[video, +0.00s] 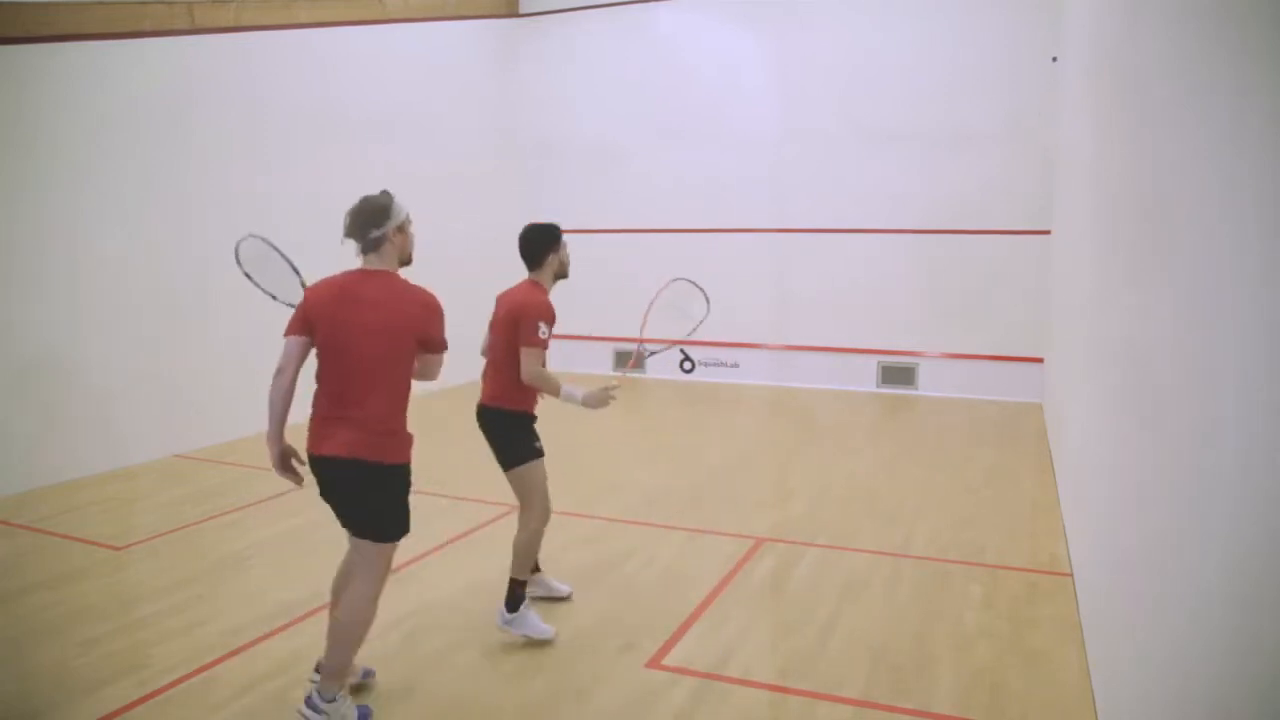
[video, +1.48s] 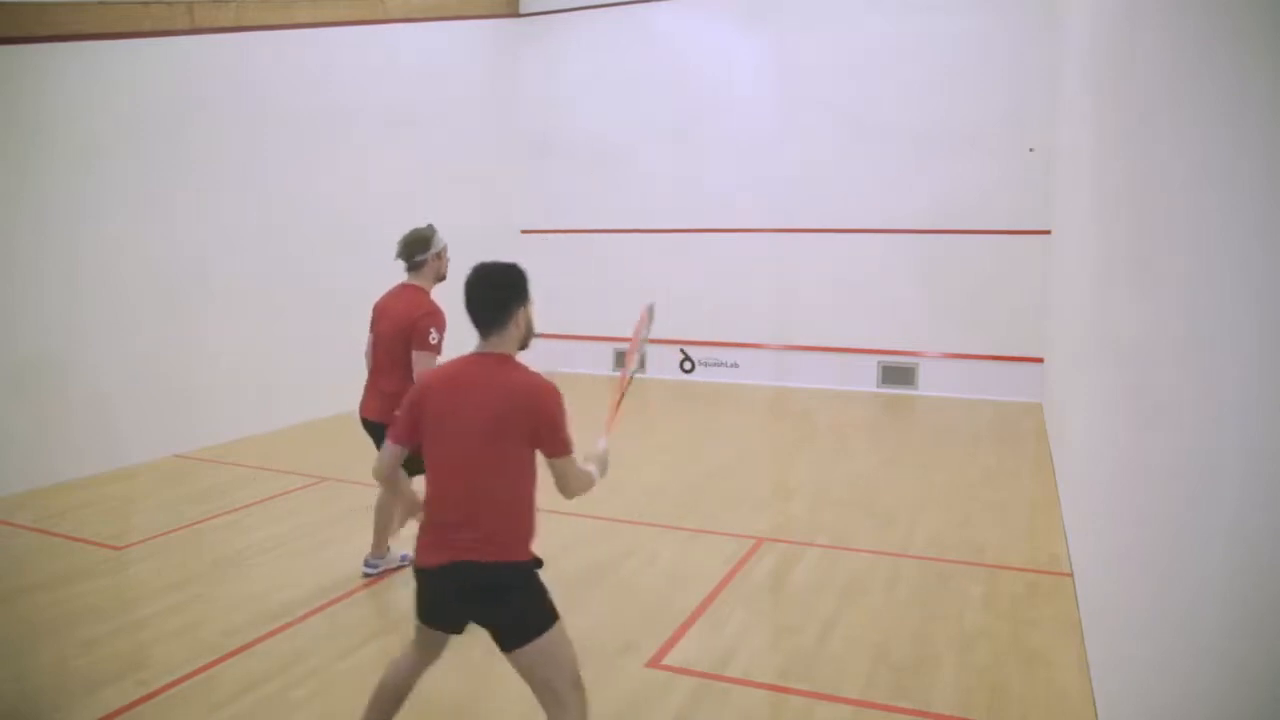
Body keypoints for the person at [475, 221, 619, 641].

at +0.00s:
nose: (568, 256)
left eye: (565, 249)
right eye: (564, 250)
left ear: (532, 258)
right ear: (553, 256)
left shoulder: (510, 297)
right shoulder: (535, 304)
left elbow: (488, 351)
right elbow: (531, 372)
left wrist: (528, 376)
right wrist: (579, 397)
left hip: (502, 411)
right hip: (508, 415)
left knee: (535, 503)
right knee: (536, 509)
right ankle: (512, 609)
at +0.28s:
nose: (602, 276)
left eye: (599, 268)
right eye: (597, 268)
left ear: (572, 275)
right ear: (578, 275)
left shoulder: (571, 323)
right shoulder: (538, 329)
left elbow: (565, 387)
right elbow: (524, 402)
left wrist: (602, 414)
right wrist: (573, 431)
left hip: (571, 451)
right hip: (537, 457)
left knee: (584, 530)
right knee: (563, 557)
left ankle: (548, 577)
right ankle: (563, 661)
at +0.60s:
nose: (656, 295)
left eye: (658, 284)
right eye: (653, 283)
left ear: (626, 281)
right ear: (624, 279)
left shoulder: (627, 333)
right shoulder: (562, 332)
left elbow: (626, 389)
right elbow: (518, 402)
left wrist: (677, 416)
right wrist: (566, 423)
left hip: (621, 485)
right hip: (568, 489)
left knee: (650, 590)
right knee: (576, 594)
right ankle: (566, 662)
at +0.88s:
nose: (691, 351)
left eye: (693, 340)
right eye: (688, 339)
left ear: (659, 337)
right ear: (655, 336)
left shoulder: (664, 379)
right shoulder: (574, 371)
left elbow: (680, 399)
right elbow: (483, 408)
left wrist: (719, 416)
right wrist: (503, 365)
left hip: (646, 524)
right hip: (585, 531)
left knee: (702, 632)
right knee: (605, 661)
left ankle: (688, 716)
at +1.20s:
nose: (641, 295)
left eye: (641, 281)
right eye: (639, 280)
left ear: (594, 280)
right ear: (612, 284)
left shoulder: (539, 330)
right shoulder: (592, 370)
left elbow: (546, 412)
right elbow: (657, 445)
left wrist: (593, 452)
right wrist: (708, 463)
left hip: (536, 513)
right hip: (537, 528)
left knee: (616, 603)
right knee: (597, 658)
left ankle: (607, 705)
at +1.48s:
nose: (533, 313)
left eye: (529, 303)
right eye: (530, 303)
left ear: (473, 314)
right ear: (519, 312)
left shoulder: (430, 385)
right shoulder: (535, 391)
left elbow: (385, 467)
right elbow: (571, 485)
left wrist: (413, 505)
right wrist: (596, 465)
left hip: (436, 569)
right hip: (503, 572)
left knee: (418, 652)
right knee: (566, 701)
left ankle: (371, 718)